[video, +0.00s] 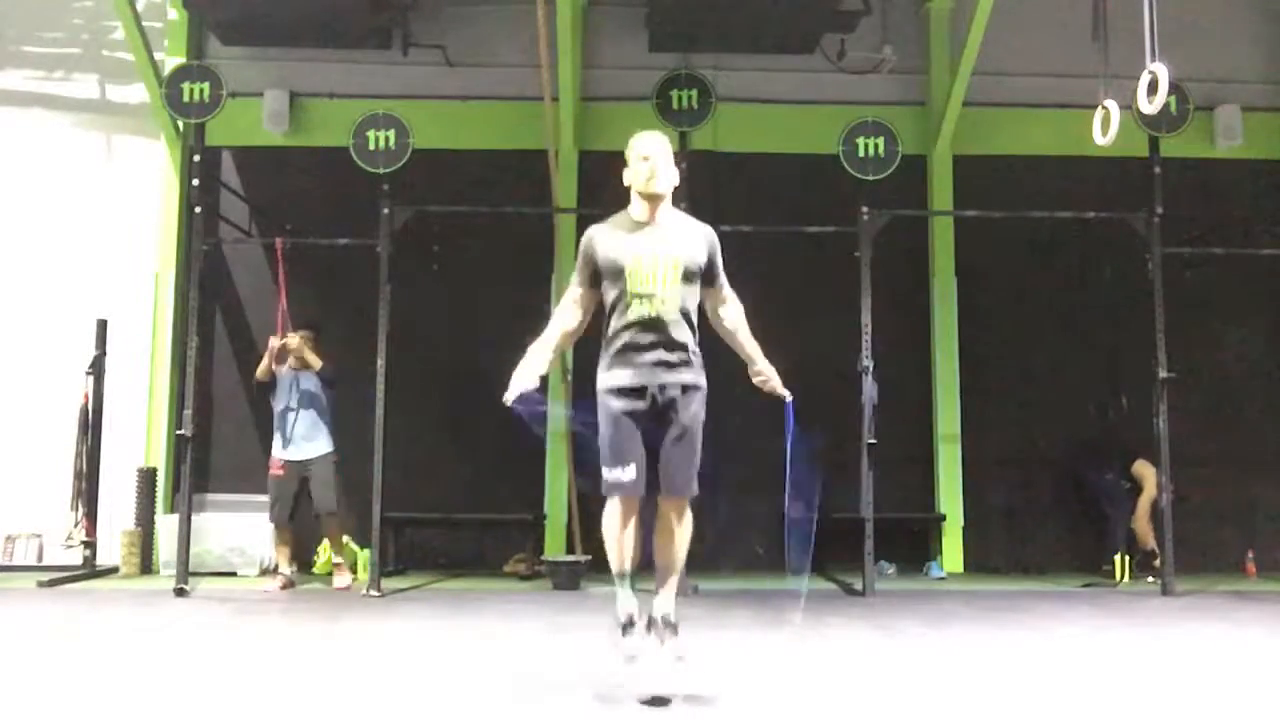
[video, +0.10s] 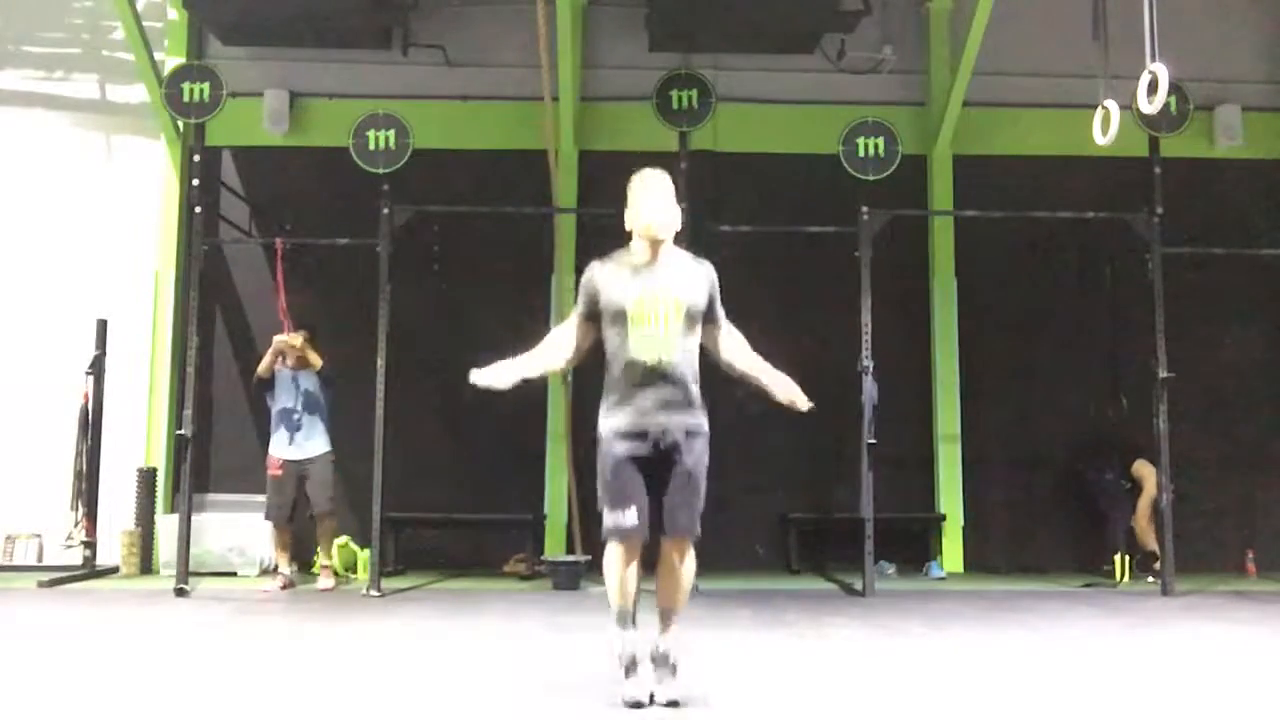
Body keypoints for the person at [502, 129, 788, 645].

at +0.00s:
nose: (652, 167)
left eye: (660, 159)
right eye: (642, 160)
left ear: (676, 171)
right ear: (626, 173)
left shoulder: (701, 237)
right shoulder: (600, 238)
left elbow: (723, 306)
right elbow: (575, 309)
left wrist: (758, 363)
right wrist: (536, 358)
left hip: (683, 379)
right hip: (621, 379)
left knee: (677, 497)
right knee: (625, 492)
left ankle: (665, 608)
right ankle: (624, 602)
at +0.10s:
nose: (657, 214)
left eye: (664, 205)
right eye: (648, 205)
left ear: (677, 213)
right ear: (629, 213)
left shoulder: (701, 275)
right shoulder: (600, 275)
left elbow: (722, 340)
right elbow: (569, 343)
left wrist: (774, 379)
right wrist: (514, 367)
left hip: (686, 424)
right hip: (622, 424)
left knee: (679, 540)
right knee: (625, 534)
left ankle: (665, 650)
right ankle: (626, 648)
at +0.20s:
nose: (659, 246)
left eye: (667, 237)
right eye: (649, 236)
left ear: (678, 246)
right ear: (629, 246)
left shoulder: (700, 311)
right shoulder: (602, 313)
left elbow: (728, 372)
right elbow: (571, 375)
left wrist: (775, 410)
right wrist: (535, 396)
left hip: (685, 456)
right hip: (624, 455)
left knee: (681, 567)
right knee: (629, 563)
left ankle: (663, 665)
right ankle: (635, 669)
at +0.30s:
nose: (655, 196)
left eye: (663, 187)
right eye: (645, 188)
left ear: (677, 197)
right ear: (628, 197)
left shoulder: (702, 259)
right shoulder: (603, 261)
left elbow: (729, 332)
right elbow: (576, 336)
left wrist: (765, 392)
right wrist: (532, 389)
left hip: (688, 407)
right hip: (625, 406)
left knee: (679, 527)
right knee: (623, 521)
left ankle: (670, 646)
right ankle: (625, 650)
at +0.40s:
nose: (654, 162)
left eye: (662, 154)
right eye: (645, 154)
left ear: (678, 167)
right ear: (629, 168)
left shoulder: (705, 231)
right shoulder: (604, 234)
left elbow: (734, 300)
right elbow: (572, 305)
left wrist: (778, 353)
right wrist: (525, 350)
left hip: (688, 373)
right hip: (626, 373)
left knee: (682, 489)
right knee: (627, 482)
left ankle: (670, 598)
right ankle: (625, 596)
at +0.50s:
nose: (657, 159)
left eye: (665, 152)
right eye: (647, 151)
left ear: (680, 165)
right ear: (631, 163)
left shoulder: (705, 228)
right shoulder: (604, 231)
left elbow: (732, 295)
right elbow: (580, 297)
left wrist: (761, 352)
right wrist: (558, 344)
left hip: (688, 370)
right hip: (626, 370)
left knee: (683, 483)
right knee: (629, 478)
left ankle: (671, 597)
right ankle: (628, 592)